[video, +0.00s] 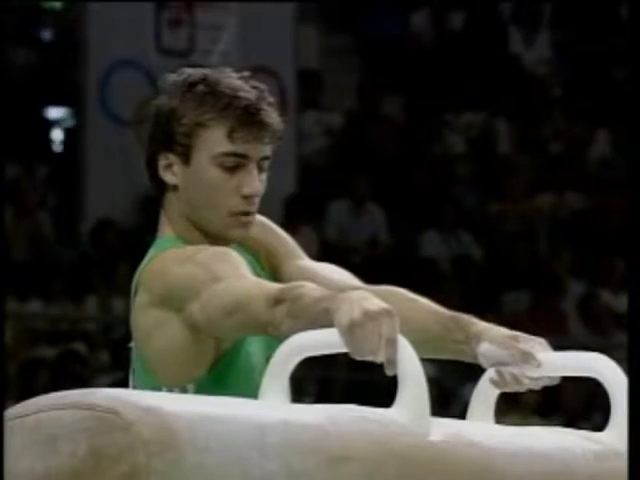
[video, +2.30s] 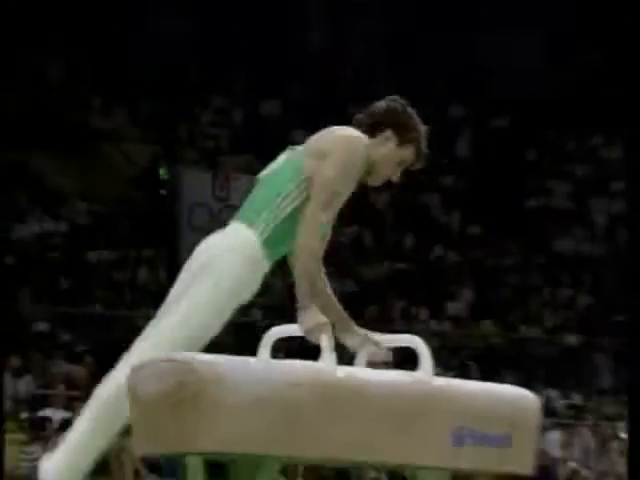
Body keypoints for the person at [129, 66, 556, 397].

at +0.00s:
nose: (254, 186)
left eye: (262, 166)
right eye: (231, 165)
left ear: (271, 163)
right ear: (171, 169)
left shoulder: (255, 238)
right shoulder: (182, 270)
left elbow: (357, 294)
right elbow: (272, 307)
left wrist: (478, 338)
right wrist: (342, 303)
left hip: (248, 467)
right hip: (188, 471)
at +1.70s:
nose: (228, 220)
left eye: (232, 195)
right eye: (201, 203)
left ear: (240, 186)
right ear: (141, 214)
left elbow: (387, 273)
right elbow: (258, 319)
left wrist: (471, 341)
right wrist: (352, 302)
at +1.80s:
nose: (217, 283)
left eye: (217, 262)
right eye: (189, 270)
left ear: (225, 255)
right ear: (130, 290)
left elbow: (344, 314)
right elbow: (263, 358)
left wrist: (462, 352)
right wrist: (350, 312)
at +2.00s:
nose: (285, 225)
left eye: (293, 211)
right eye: (274, 208)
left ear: (298, 208)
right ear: (226, 195)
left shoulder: (287, 251)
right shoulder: (189, 237)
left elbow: (346, 343)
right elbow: (235, 293)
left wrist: (411, 349)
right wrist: (323, 305)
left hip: (256, 430)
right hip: (181, 429)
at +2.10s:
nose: (363, 183)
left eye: (371, 171)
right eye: (360, 163)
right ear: (323, 137)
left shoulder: (332, 207)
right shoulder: (270, 155)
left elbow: (333, 298)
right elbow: (248, 242)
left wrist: (390, 337)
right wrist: (318, 305)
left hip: (251, 371)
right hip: (192, 363)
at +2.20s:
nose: (396, 176)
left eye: (404, 168)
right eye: (398, 161)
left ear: (377, 140)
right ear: (374, 133)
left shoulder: (349, 189)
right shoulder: (324, 139)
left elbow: (329, 277)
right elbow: (283, 218)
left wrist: (379, 335)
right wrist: (315, 305)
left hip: (253, 320)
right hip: (218, 306)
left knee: (218, 440)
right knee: (163, 424)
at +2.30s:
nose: (397, 175)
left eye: (404, 169)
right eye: (403, 162)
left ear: (383, 137)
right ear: (389, 137)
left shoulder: (337, 154)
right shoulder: (349, 145)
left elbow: (306, 260)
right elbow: (309, 246)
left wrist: (355, 333)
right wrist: (307, 304)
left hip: (229, 255)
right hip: (238, 256)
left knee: (145, 359)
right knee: (149, 363)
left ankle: (62, 464)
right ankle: (62, 468)